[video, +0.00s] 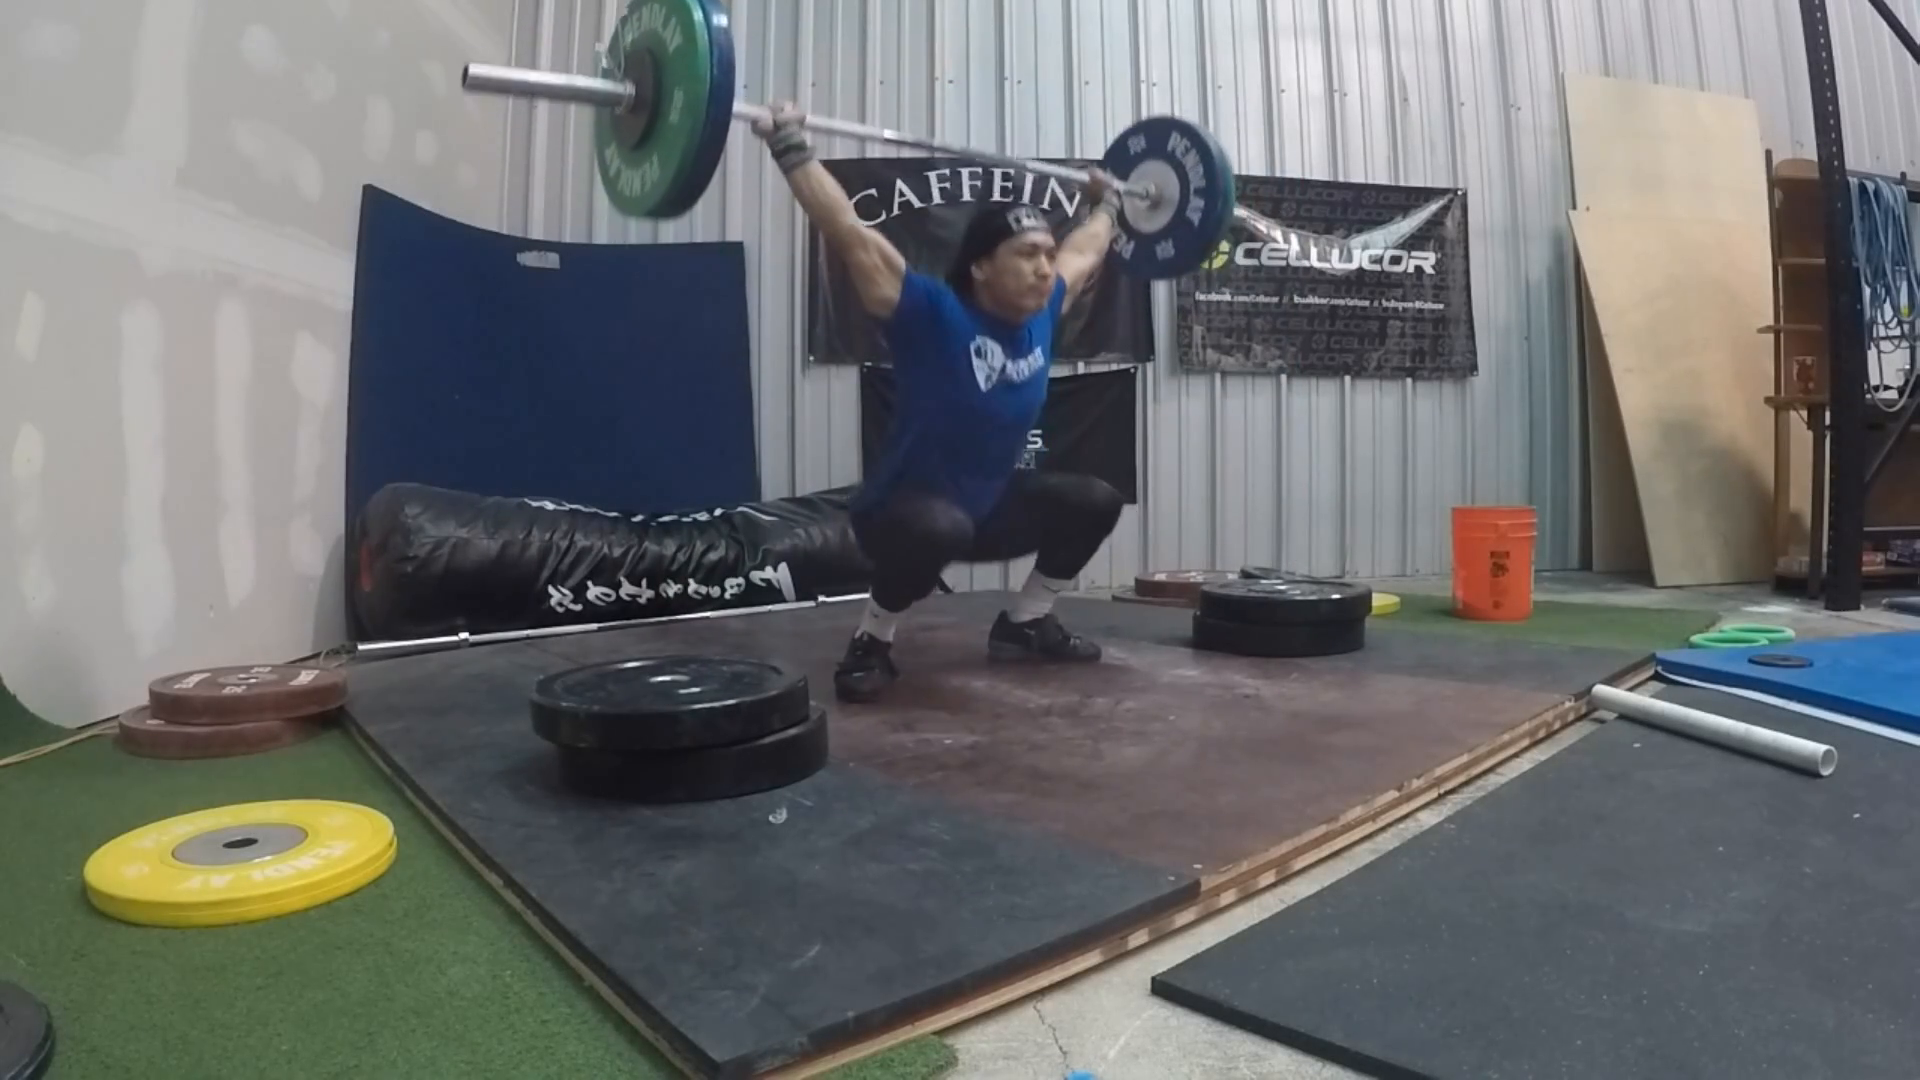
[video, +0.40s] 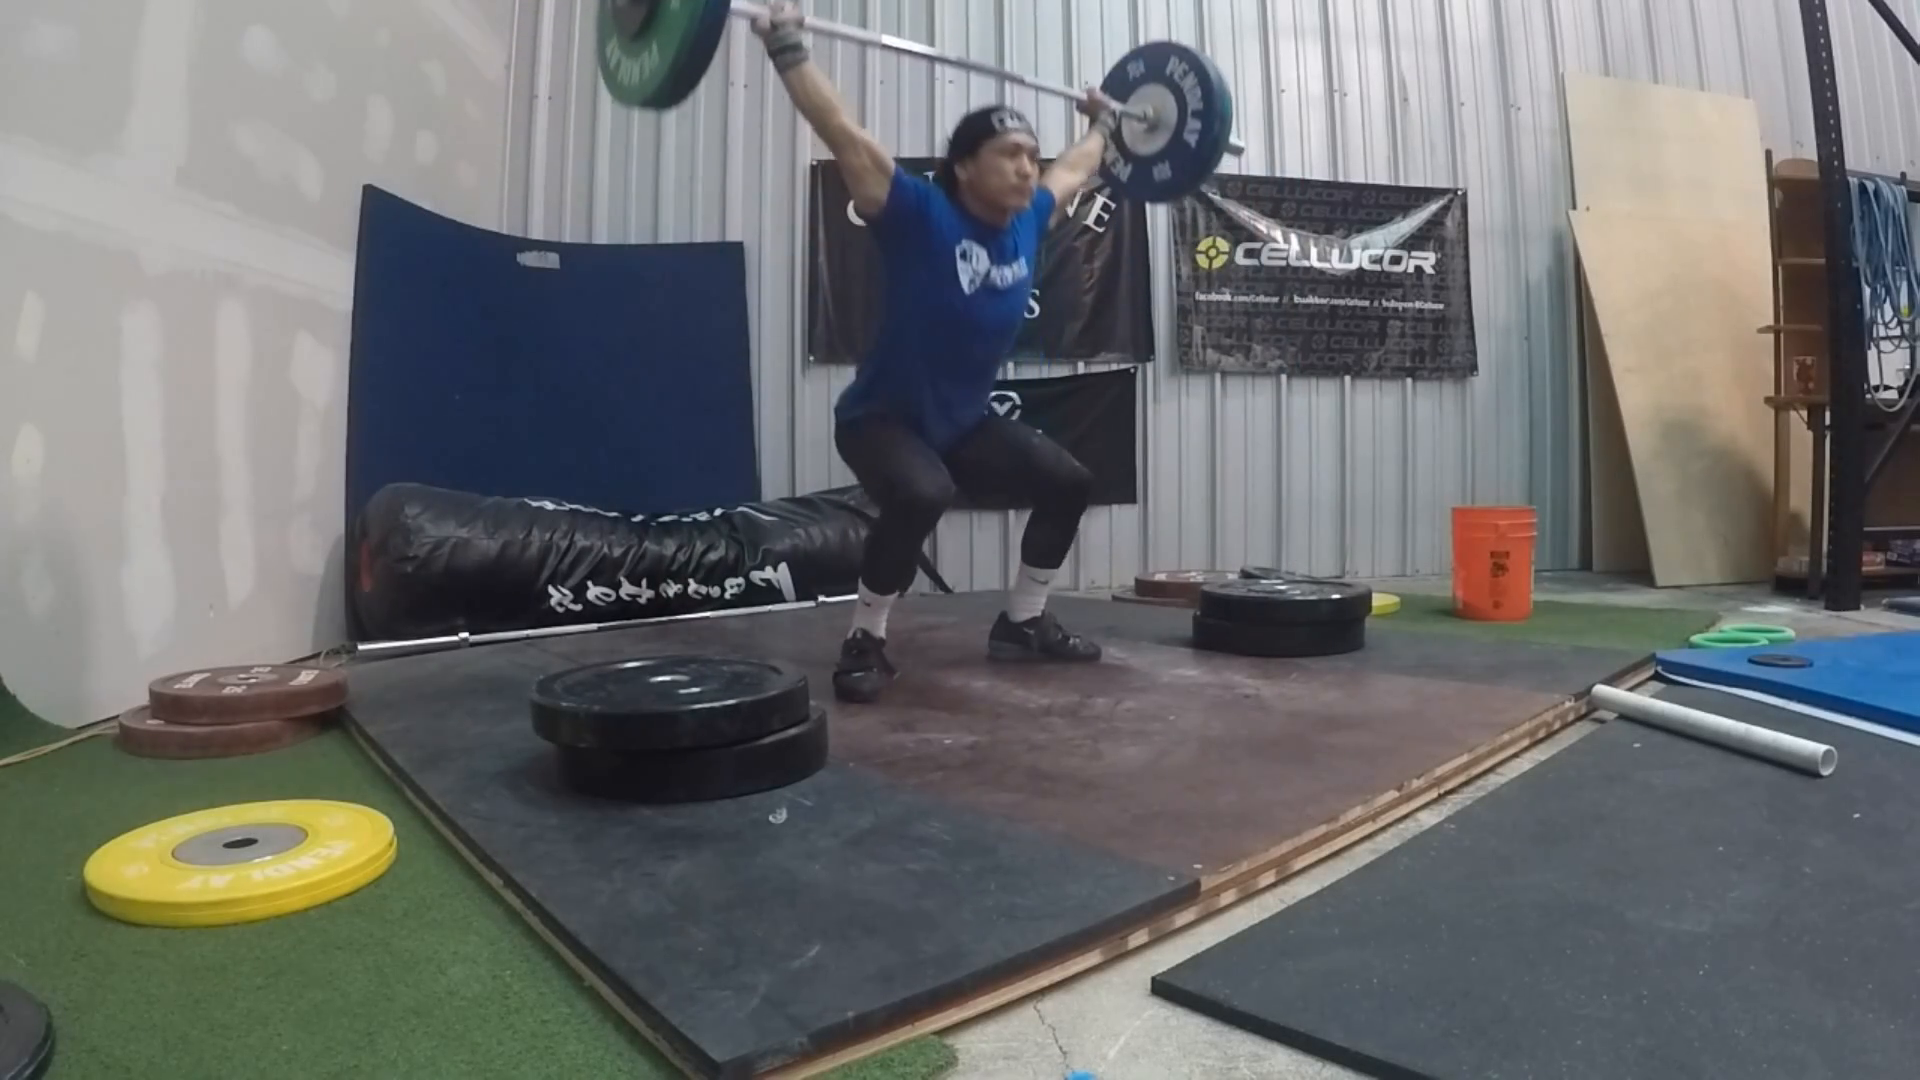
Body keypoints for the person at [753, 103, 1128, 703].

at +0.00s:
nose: (1045, 269)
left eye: (1048, 257)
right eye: (1029, 255)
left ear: (1052, 268)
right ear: (980, 270)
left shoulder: (1039, 312)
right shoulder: (927, 312)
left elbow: (1079, 258)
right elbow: (855, 240)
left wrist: (1107, 208)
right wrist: (793, 153)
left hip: (990, 506)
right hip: (905, 506)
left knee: (1094, 501)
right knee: (939, 526)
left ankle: (1025, 619)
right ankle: (872, 639)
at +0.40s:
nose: (1027, 169)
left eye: (1030, 158)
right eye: (1010, 156)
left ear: (1030, 170)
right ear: (964, 167)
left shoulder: (1028, 218)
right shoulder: (914, 213)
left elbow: (1073, 172)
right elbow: (845, 141)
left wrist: (1103, 128)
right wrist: (788, 47)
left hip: (967, 422)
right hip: (881, 418)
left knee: (1069, 483)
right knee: (922, 495)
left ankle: (1021, 622)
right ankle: (865, 639)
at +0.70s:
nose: (1010, 82)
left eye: (1016, 72)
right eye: (993, 69)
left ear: (1019, 90)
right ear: (947, 83)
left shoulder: (1019, 144)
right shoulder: (906, 132)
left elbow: (1068, 97)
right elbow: (834, 50)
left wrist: (1093, 58)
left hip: (962, 366)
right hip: (882, 358)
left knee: (1049, 469)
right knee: (897, 477)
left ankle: (1020, 620)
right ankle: (863, 637)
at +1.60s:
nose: (929, 57)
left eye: (935, 47)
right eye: (916, 44)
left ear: (940, 55)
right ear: (875, 49)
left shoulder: (950, 115)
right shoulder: (840, 107)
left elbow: (1006, 78)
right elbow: (770, 34)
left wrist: (1043, 28)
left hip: (955, 324)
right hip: (877, 324)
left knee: (978, 456)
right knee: (873, 457)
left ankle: (991, 622)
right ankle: (816, 609)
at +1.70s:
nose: (889, 84)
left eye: (895, 74)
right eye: (876, 72)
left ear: (899, 79)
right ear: (838, 77)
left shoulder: (917, 141)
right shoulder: (804, 134)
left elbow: (985, 110)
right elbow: (727, 70)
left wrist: (1027, 59)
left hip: (920, 340)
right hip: (846, 339)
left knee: (952, 462)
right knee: (853, 470)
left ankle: (989, 622)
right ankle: (770, 598)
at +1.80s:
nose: (851, 105)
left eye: (858, 96)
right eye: (838, 93)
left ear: (862, 108)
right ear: (800, 101)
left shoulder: (873, 171)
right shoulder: (767, 156)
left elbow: (947, 164)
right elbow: (688, 140)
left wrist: (1005, 124)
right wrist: (697, 60)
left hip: (875, 356)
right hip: (801, 355)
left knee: (918, 470)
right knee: (809, 484)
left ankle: (981, 617)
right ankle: (754, 610)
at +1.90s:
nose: (827, 105)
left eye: (835, 97)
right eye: (815, 91)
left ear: (838, 108)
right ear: (778, 97)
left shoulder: (842, 182)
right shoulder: (744, 156)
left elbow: (919, 218)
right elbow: (668, 206)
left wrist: (992, 207)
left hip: (834, 349)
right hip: (765, 347)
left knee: (895, 447)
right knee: (780, 465)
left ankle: (922, 598)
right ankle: (750, 613)